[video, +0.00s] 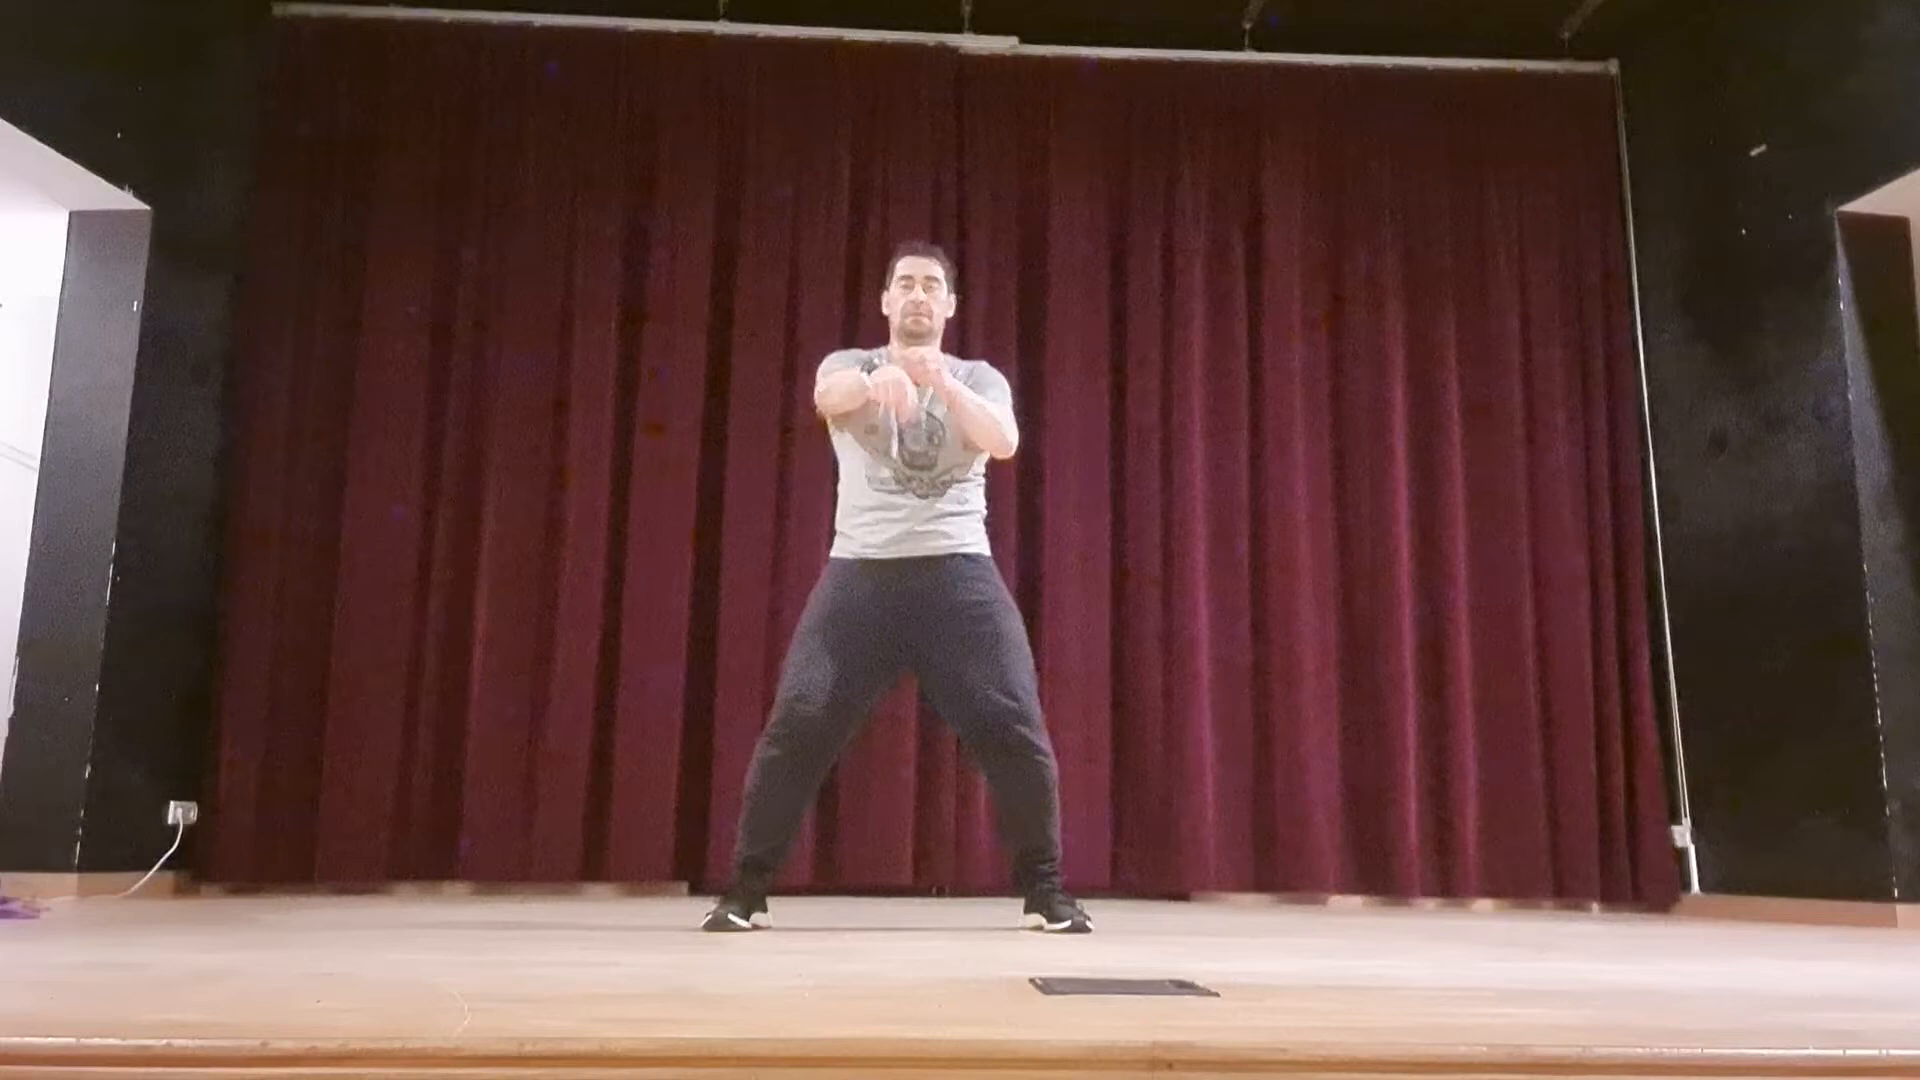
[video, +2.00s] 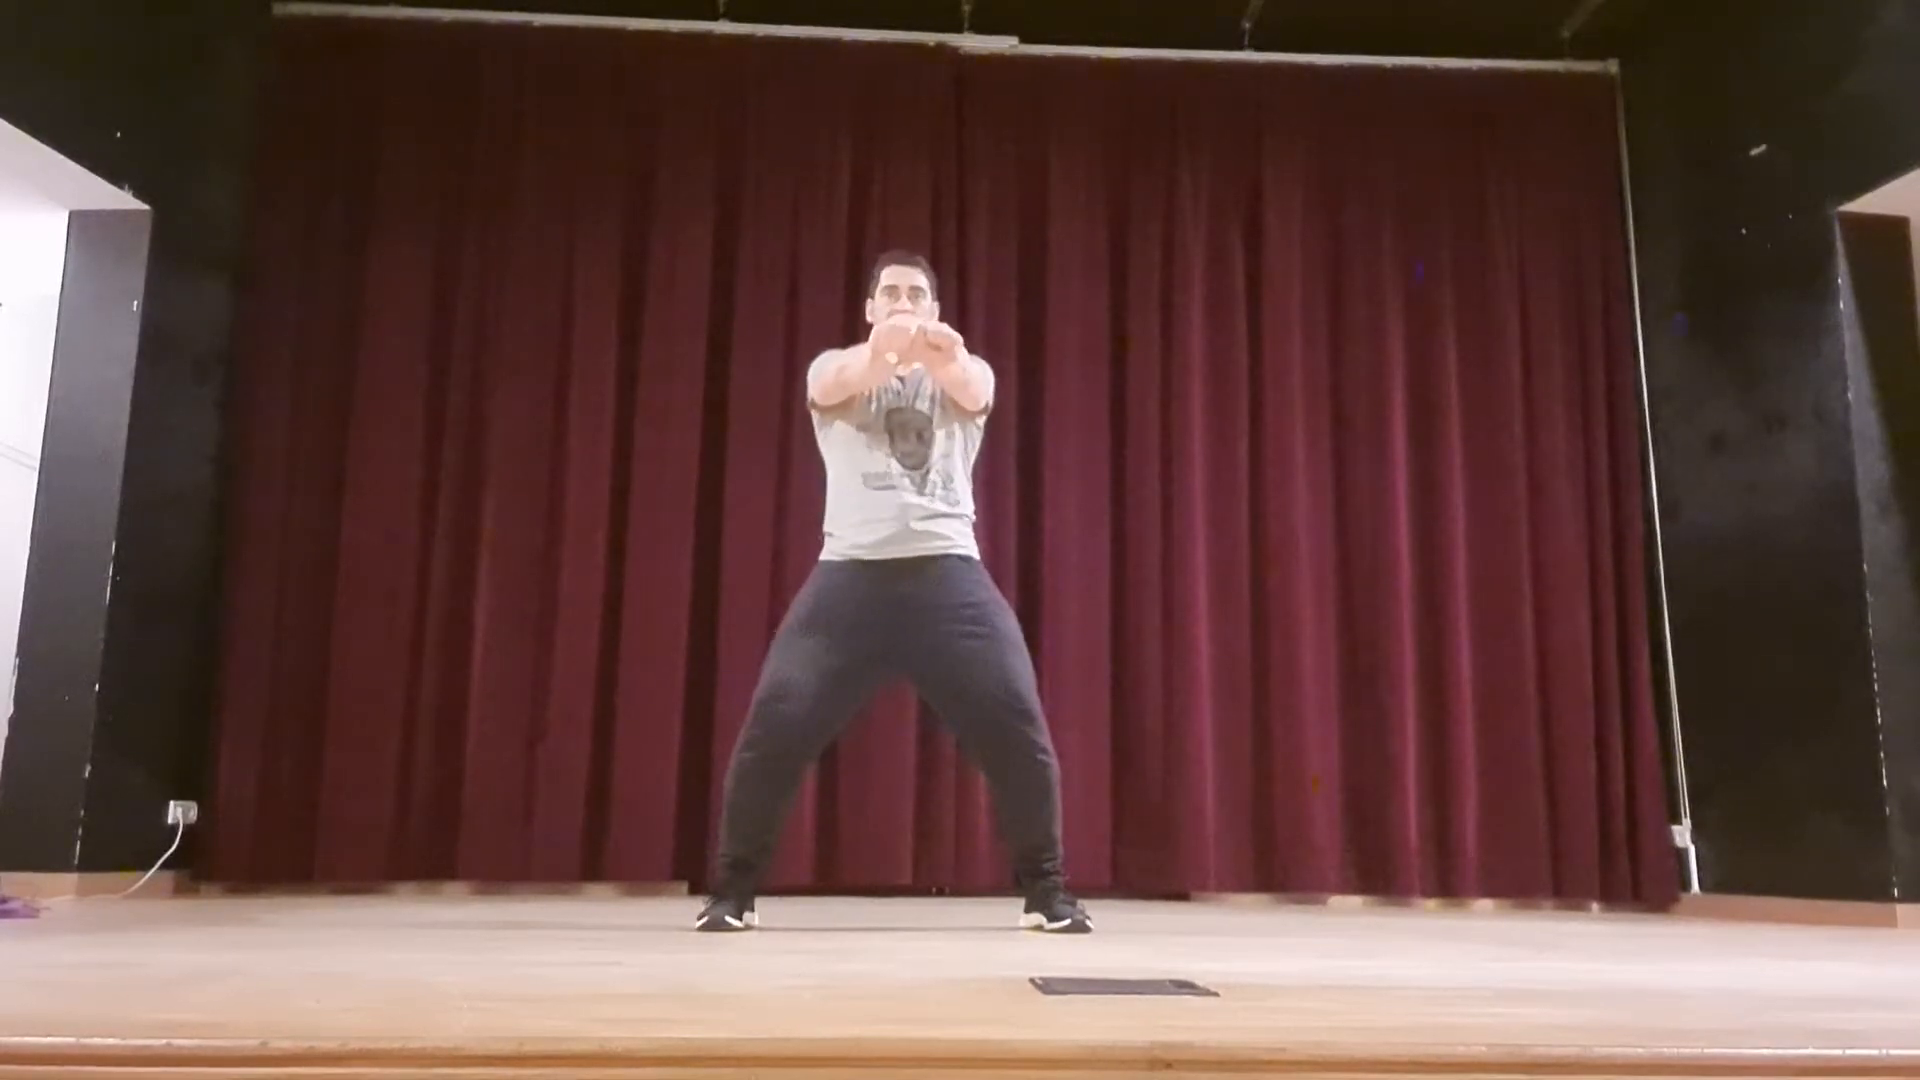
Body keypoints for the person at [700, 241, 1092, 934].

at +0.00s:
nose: (917, 294)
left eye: (930, 286)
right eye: (906, 284)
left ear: (951, 306)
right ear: (884, 302)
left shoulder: (979, 378)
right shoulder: (849, 365)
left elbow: (1001, 442)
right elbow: (829, 400)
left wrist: (941, 381)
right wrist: (876, 382)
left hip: (959, 576)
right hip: (860, 575)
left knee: (1014, 725)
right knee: (799, 719)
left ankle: (1045, 890)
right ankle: (746, 891)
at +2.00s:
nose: (902, 303)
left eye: (915, 294)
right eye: (890, 293)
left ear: (935, 308)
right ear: (868, 306)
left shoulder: (967, 373)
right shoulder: (836, 365)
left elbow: (975, 395)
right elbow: (827, 390)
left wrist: (948, 358)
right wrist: (881, 360)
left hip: (948, 575)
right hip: (848, 576)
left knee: (1017, 722)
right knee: (777, 720)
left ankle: (1046, 890)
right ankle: (732, 893)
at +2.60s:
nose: (907, 315)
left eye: (920, 304)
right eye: (897, 303)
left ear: (939, 309)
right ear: (873, 307)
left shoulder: (973, 368)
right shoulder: (837, 360)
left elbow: (978, 389)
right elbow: (828, 384)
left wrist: (953, 356)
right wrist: (885, 353)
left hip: (950, 572)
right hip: (852, 572)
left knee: (1015, 720)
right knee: (783, 715)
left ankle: (1045, 888)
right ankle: (733, 892)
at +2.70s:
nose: (908, 315)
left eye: (921, 304)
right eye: (897, 303)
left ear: (940, 308)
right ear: (873, 307)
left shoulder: (973, 368)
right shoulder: (836, 360)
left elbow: (979, 388)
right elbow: (828, 382)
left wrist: (953, 355)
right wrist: (886, 352)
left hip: (951, 573)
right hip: (852, 573)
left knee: (1017, 724)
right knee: (783, 720)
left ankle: (1046, 890)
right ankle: (733, 893)